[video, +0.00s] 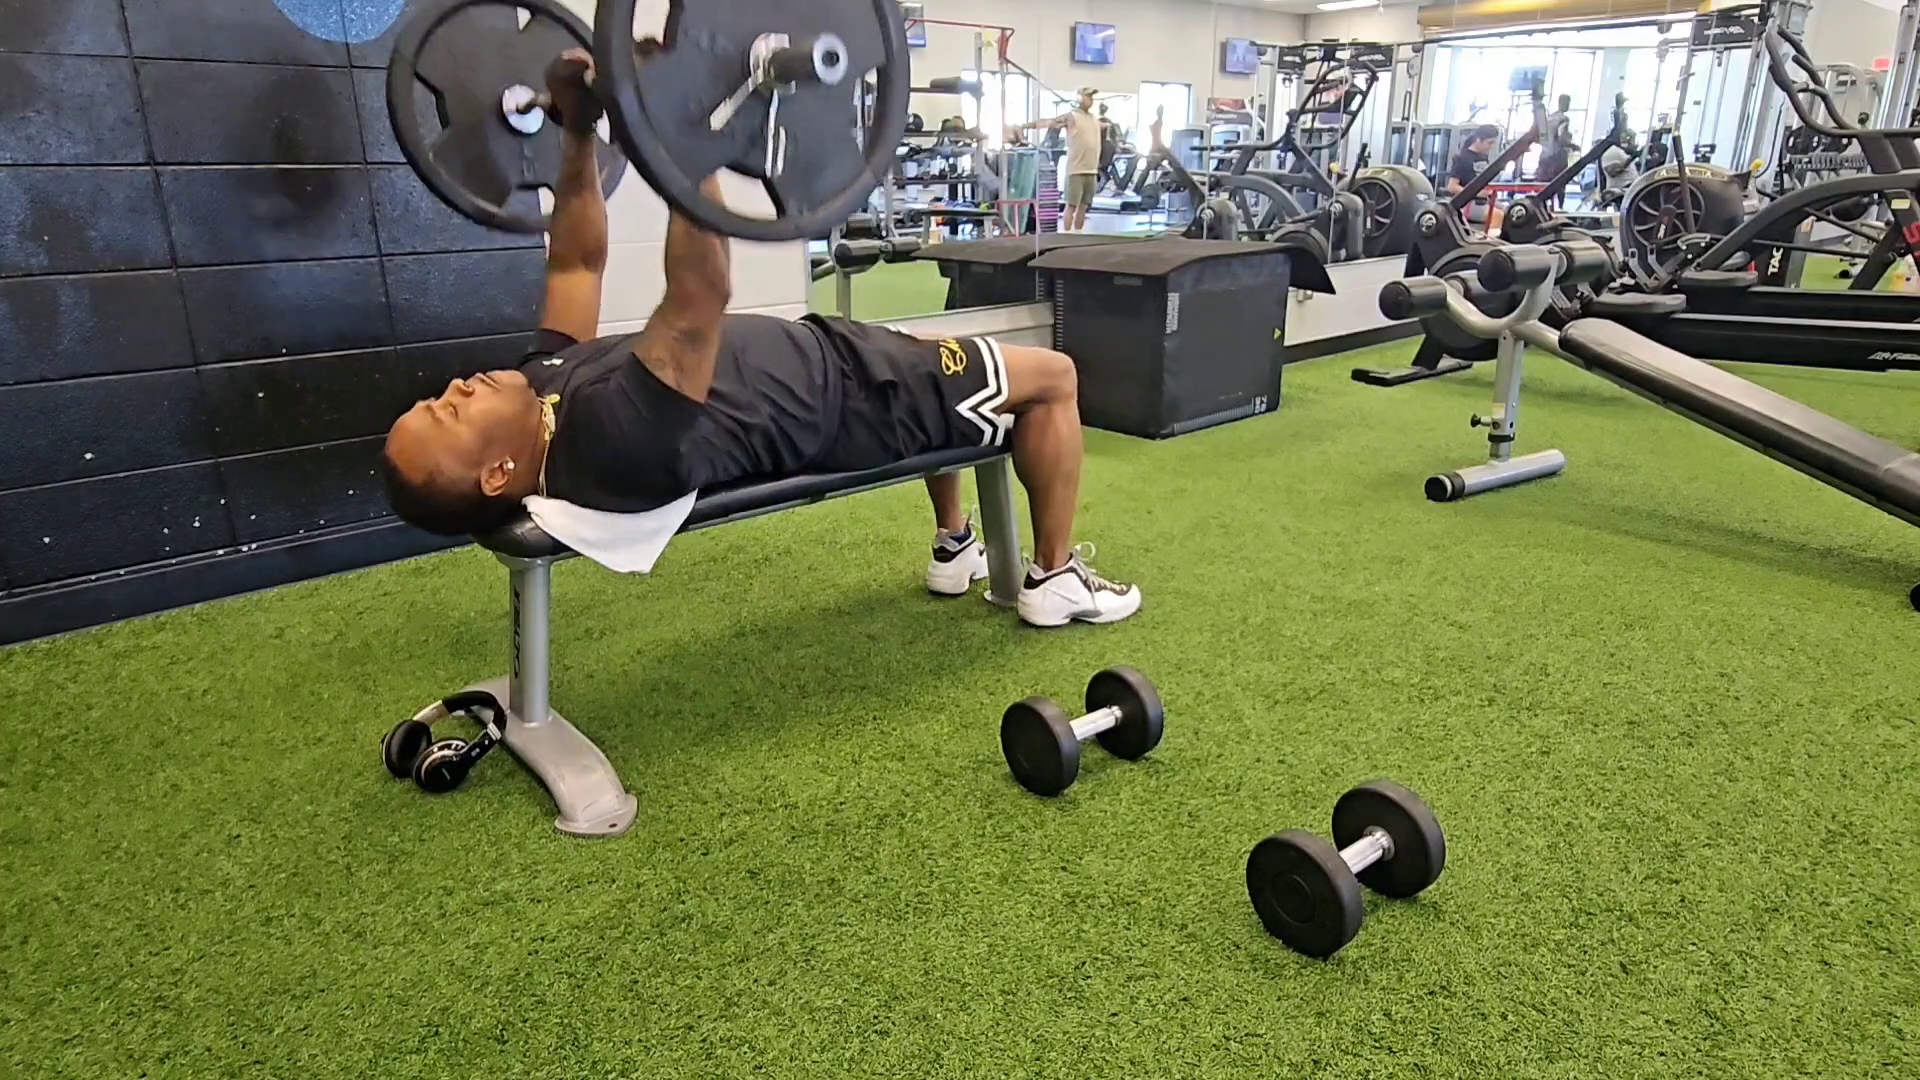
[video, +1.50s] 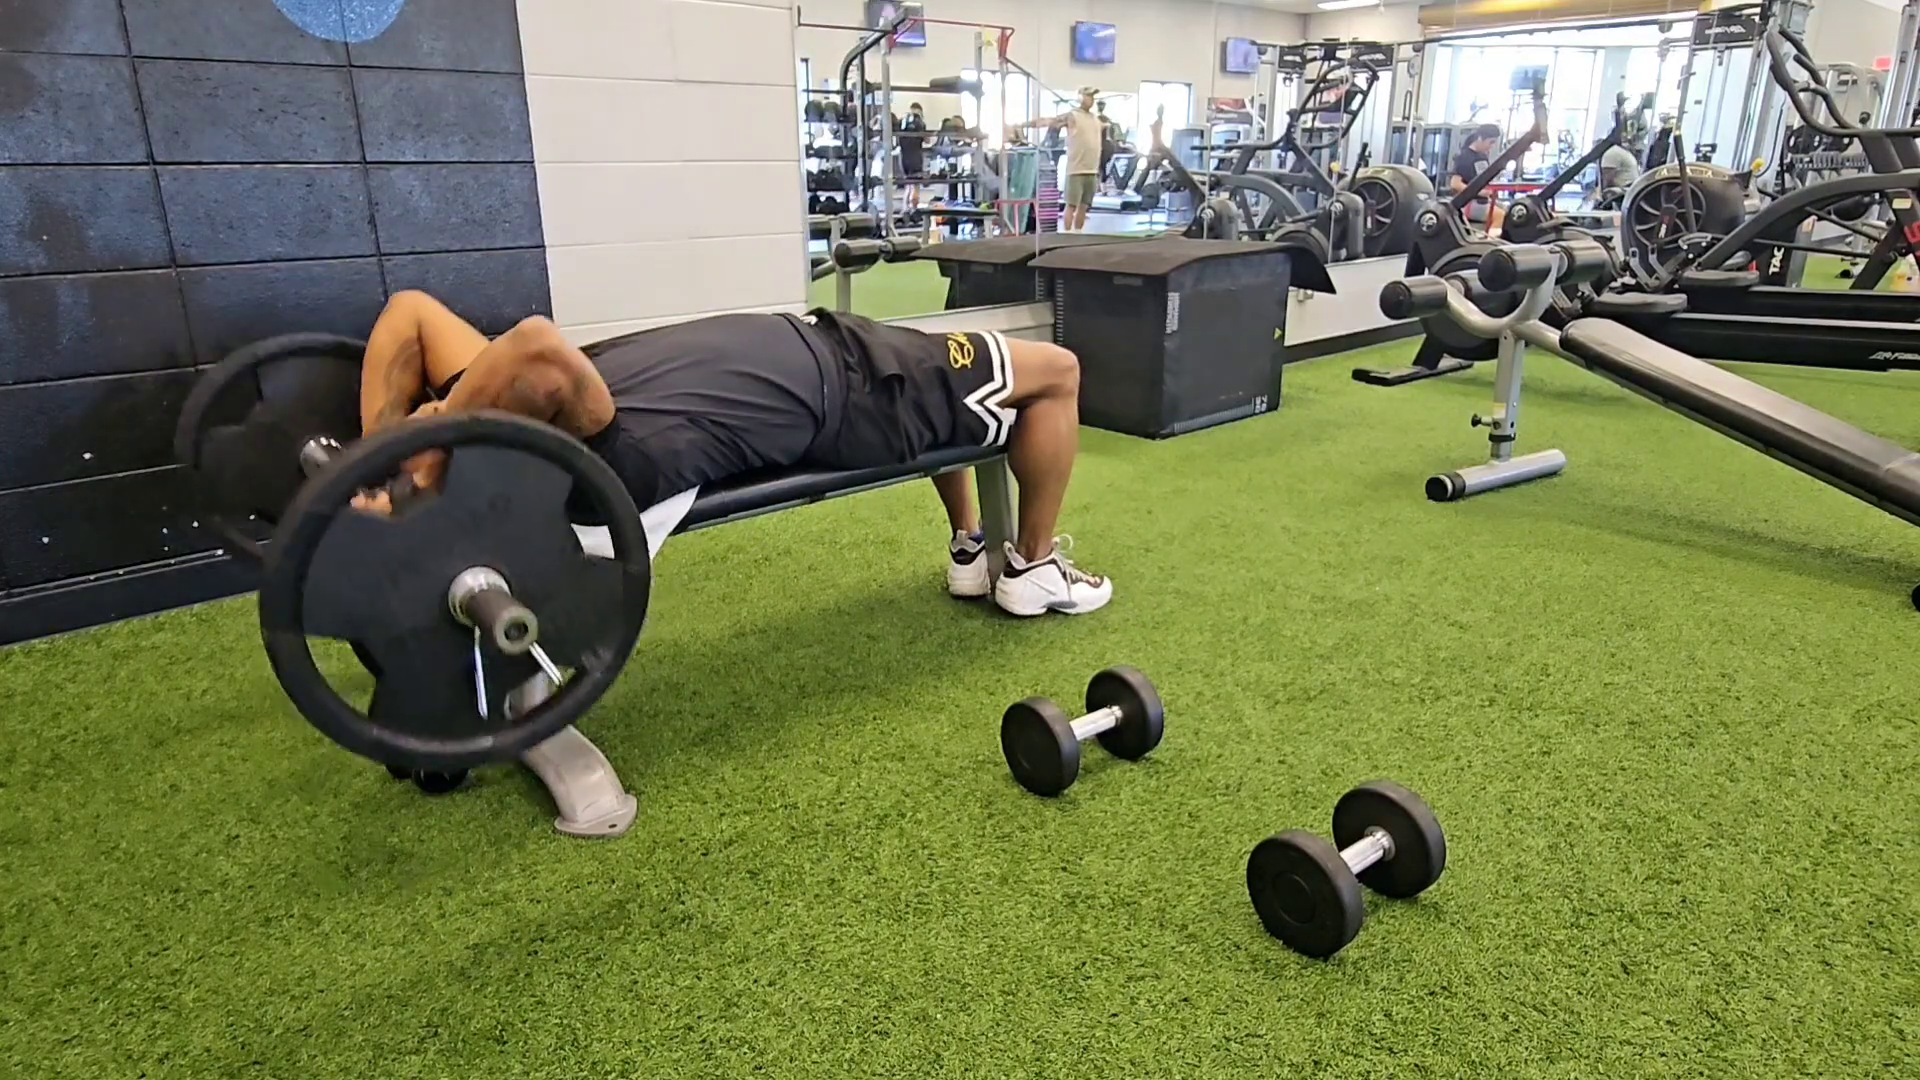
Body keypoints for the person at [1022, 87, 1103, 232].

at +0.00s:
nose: (1091, 100)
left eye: (1092, 97)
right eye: (1088, 97)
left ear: (1091, 100)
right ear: (1080, 98)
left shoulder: (1094, 119)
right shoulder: (1071, 116)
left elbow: (1101, 125)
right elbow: (1049, 123)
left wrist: (1108, 124)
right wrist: (1025, 126)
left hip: (1091, 168)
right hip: (1076, 168)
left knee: (1084, 206)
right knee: (1072, 205)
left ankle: (1078, 234)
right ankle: (1067, 234)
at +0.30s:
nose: (1091, 100)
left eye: (1092, 97)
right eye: (1088, 97)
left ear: (1090, 100)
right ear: (1080, 98)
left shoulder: (1093, 119)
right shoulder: (1071, 116)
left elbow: (1099, 126)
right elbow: (1049, 121)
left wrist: (1107, 125)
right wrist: (1024, 123)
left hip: (1091, 169)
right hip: (1075, 168)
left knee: (1084, 206)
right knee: (1072, 205)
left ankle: (1078, 235)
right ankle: (1067, 235)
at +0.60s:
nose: (1091, 100)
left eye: (1091, 97)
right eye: (1088, 97)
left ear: (1090, 100)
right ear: (1080, 98)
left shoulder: (1094, 120)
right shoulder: (1071, 116)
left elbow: (1104, 125)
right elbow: (1048, 121)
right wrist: (1022, 123)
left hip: (1091, 169)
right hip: (1075, 169)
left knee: (1084, 207)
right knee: (1072, 205)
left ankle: (1078, 235)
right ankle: (1067, 235)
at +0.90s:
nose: (1091, 100)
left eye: (1092, 98)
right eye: (1088, 97)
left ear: (1091, 100)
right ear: (1081, 98)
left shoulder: (1093, 119)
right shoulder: (1071, 116)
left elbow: (1102, 126)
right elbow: (1048, 122)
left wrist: (1107, 125)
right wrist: (1023, 125)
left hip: (1091, 169)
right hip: (1075, 168)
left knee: (1083, 206)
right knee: (1072, 205)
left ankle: (1078, 235)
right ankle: (1067, 235)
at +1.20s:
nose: (1091, 100)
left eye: (1092, 97)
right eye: (1089, 96)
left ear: (1093, 100)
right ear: (1081, 97)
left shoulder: (1094, 119)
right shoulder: (1072, 116)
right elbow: (1049, 122)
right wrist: (1024, 125)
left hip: (1091, 168)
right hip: (1075, 168)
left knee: (1084, 206)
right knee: (1072, 205)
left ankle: (1078, 235)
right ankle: (1067, 235)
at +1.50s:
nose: (1092, 100)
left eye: (1093, 97)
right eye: (1090, 96)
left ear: (1092, 100)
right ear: (1081, 98)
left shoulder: (1096, 120)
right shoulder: (1072, 116)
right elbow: (1048, 122)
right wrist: (1023, 125)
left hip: (1091, 169)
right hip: (1076, 169)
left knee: (1084, 207)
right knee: (1072, 206)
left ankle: (1078, 235)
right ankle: (1067, 235)